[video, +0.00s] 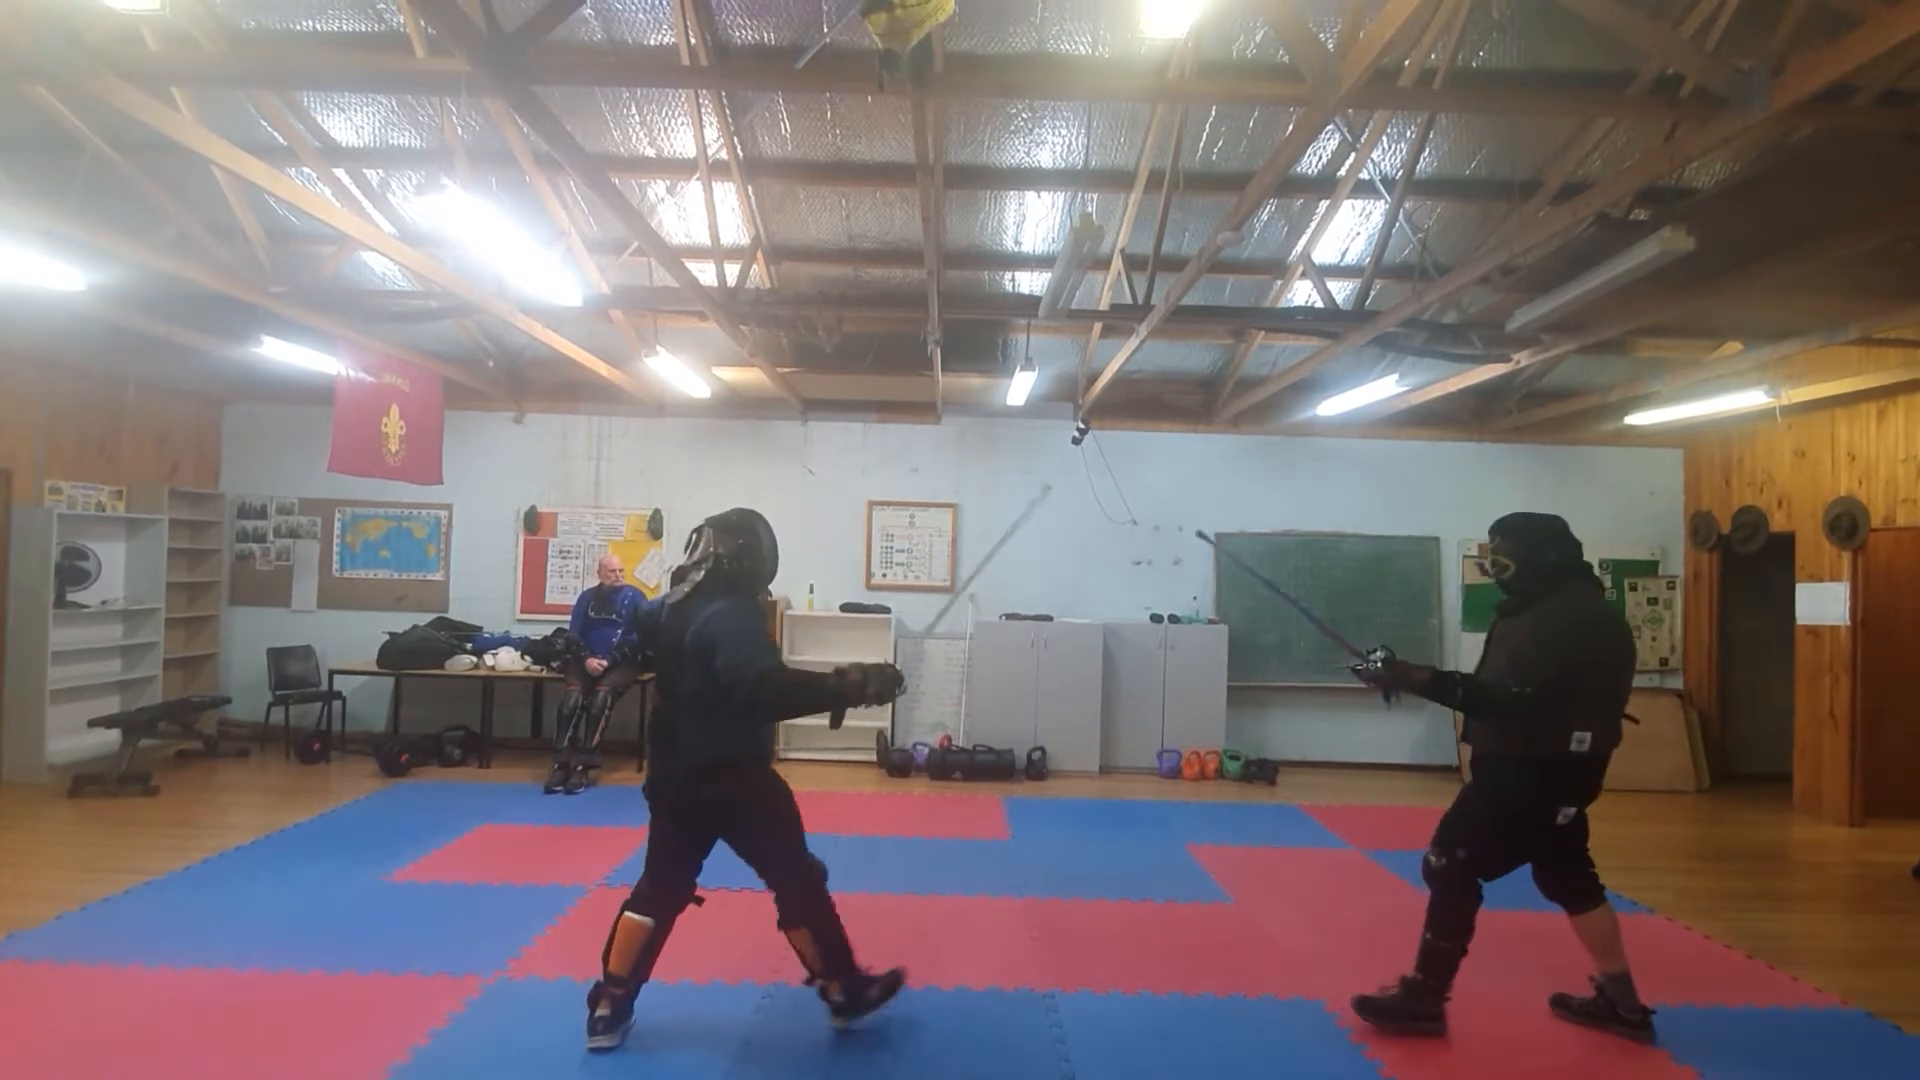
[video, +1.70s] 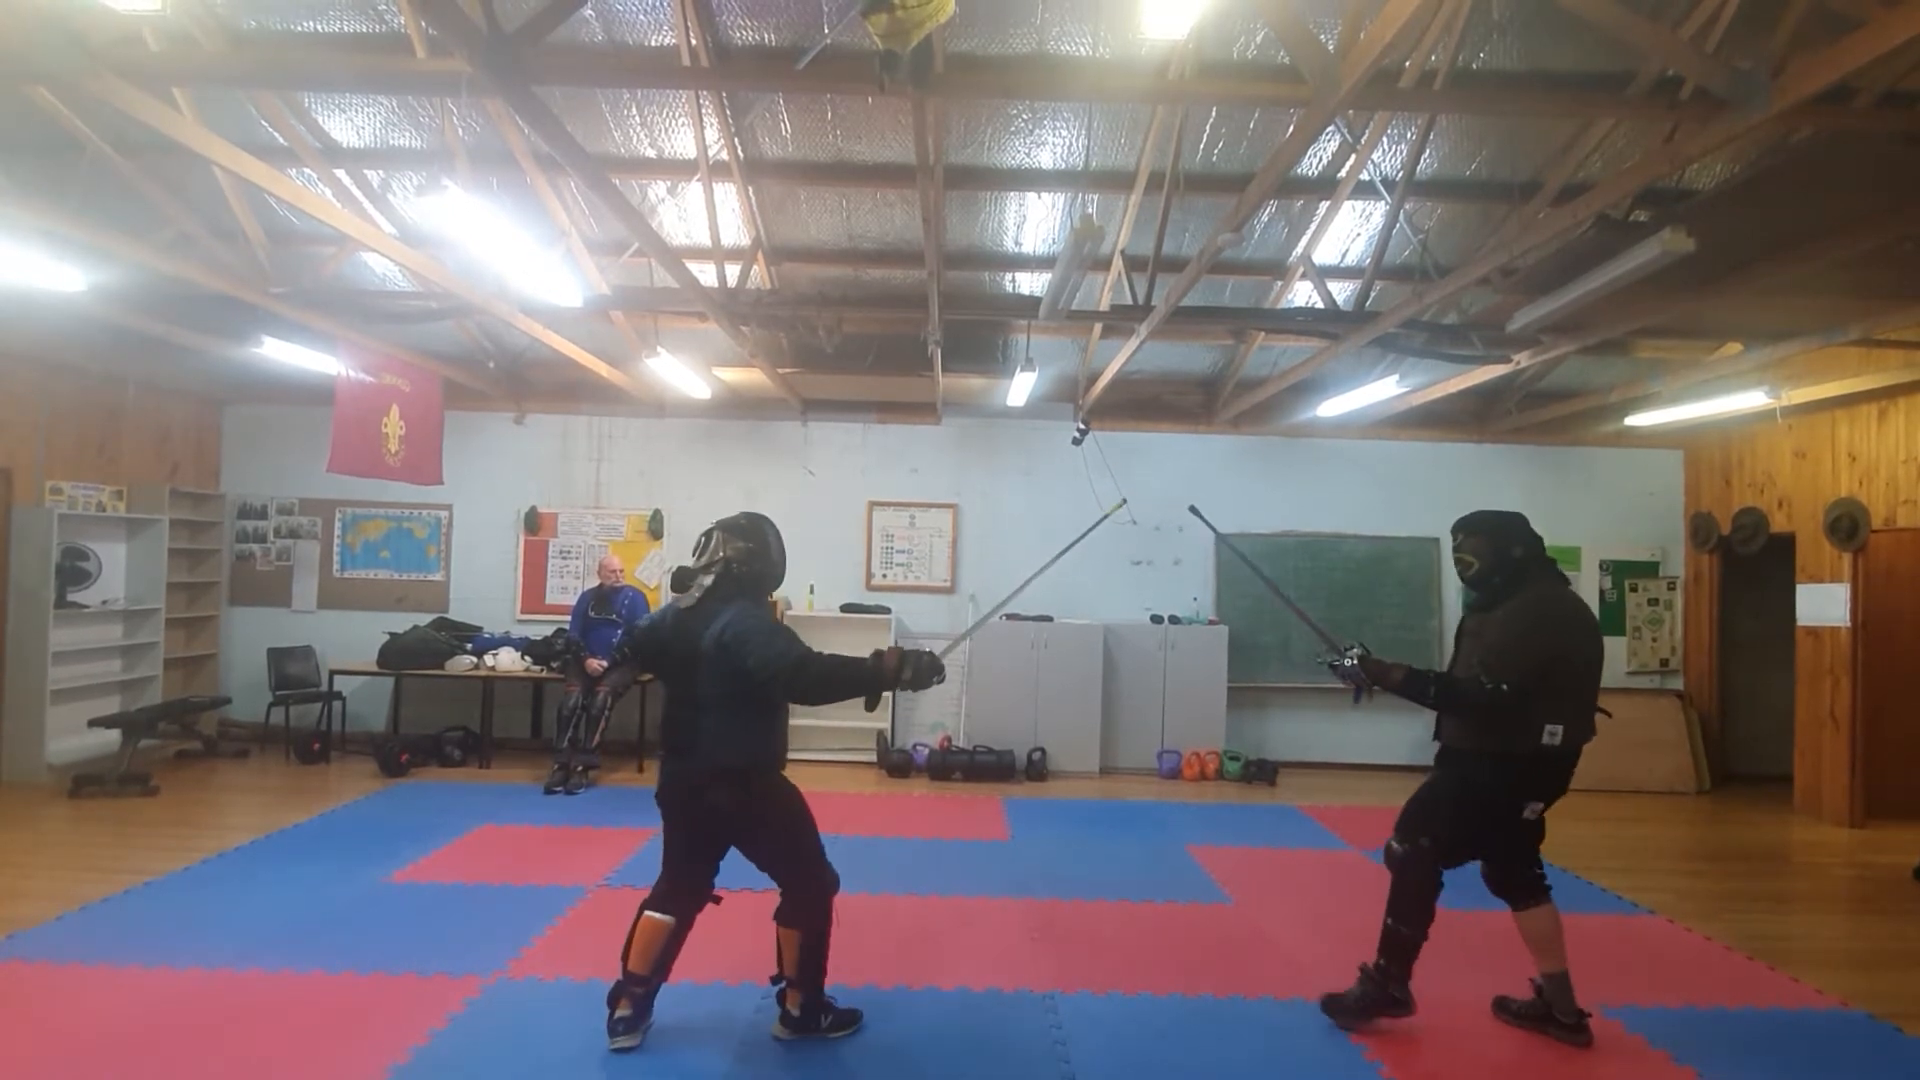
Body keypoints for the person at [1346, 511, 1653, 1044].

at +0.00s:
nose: (1494, 572)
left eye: (1503, 560)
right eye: (1493, 560)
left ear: (1538, 561)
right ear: (1555, 560)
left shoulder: (1540, 621)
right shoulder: (1600, 617)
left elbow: (1510, 701)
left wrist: (1421, 681)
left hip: (1520, 777)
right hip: (1568, 777)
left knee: (1453, 866)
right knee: (1572, 880)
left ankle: (1424, 997)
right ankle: (1621, 1000)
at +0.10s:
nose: (1505, 570)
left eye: (1514, 559)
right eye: (1503, 559)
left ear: (1550, 560)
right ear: (1566, 560)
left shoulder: (1546, 620)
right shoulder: (1608, 615)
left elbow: (1514, 698)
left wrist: (1429, 680)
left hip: (1526, 774)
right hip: (1575, 775)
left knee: (1467, 869)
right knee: (1572, 878)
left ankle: (1449, 1001)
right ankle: (1622, 999)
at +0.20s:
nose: (1511, 570)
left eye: (1520, 559)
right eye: (1509, 559)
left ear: (1557, 559)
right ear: (1566, 560)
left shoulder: (1573, 619)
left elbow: (1522, 699)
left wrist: (1431, 679)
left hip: (1533, 774)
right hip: (1571, 774)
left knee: (1471, 869)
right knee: (1573, 878)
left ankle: (1450, 1001)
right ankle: (1621, 1000)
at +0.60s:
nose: (1496, 571)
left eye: (1506, 560)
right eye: (1494, 560)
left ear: (1543, 560)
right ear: (1548, 562)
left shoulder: (1569, 618)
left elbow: (1511, 696)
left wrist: (1413, 672)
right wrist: (1409, 672)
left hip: (1525, 774)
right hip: (1556, 774)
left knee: (1450, 860)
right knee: (1567, 880)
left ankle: (1436, 999)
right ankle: (1621, 1000)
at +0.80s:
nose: (1466, 578)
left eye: (1475, 567)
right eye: (1464, 567)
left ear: (1513, 565)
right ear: (1522, 567)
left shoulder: (1521, 626)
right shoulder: (1567, 623)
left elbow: (1458, 690)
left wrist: (1358, 661)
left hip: (1484, 775)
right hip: (1526, 778)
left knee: (1415, 870)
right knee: (1528, 879)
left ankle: (1393, 998)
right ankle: (1612, 994)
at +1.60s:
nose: (1468, 569)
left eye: (1477, 558)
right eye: (1464, 559)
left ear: (1516, 555)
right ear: (1520, 558)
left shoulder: (1531, 613)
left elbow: (1489, 698)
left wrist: (1396, 677)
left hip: (1494, 771)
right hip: (1524, 771)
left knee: (1428, 863)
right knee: (1515, 877)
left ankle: (1400, 995)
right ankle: (1559, 1003)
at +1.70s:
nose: (1463, 569)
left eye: (1472, 557)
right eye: (1459, 558)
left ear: (1510, 553)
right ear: (1513, 557)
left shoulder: (1531, 612)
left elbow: (1484, 698)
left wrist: (1391, 675)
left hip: (1492, 767)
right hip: (1528, 768)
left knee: (1414, 851)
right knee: (1516, 873)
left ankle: (1388, 984)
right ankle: (1559, 1004)